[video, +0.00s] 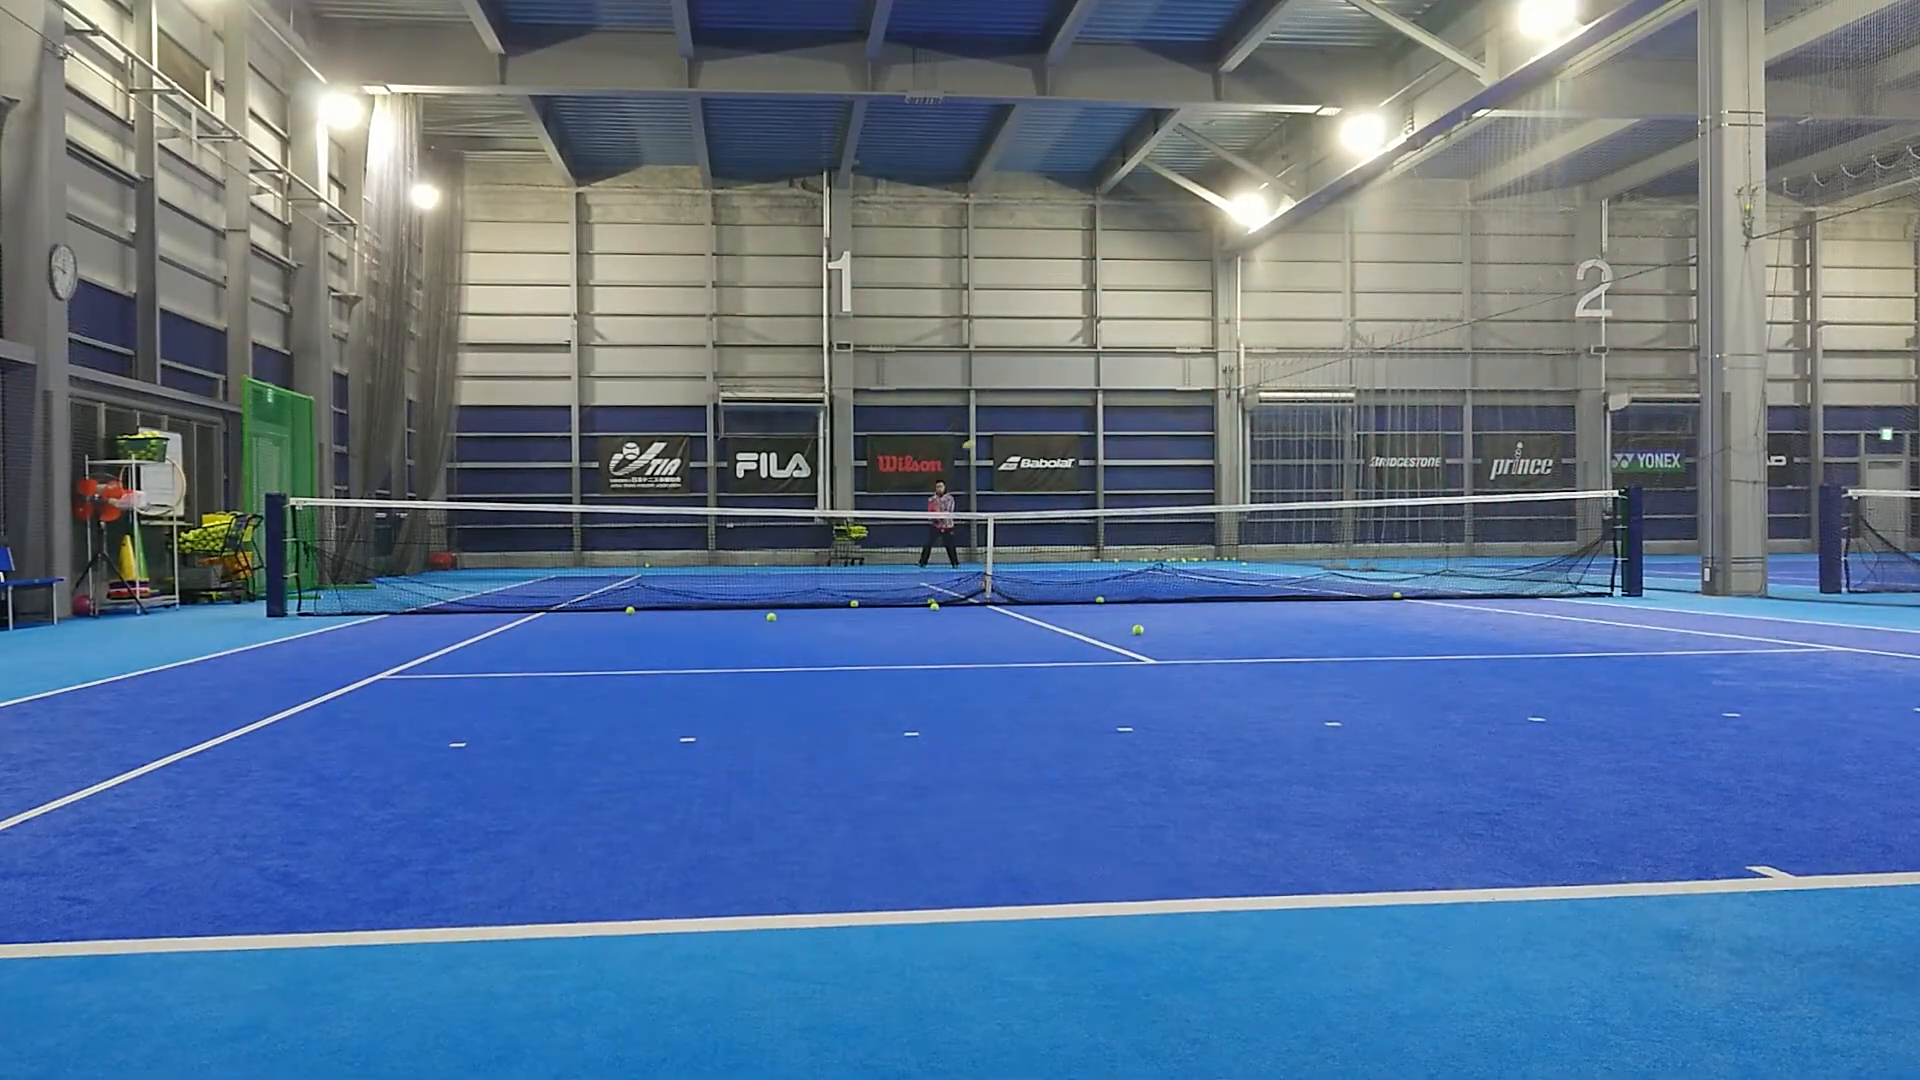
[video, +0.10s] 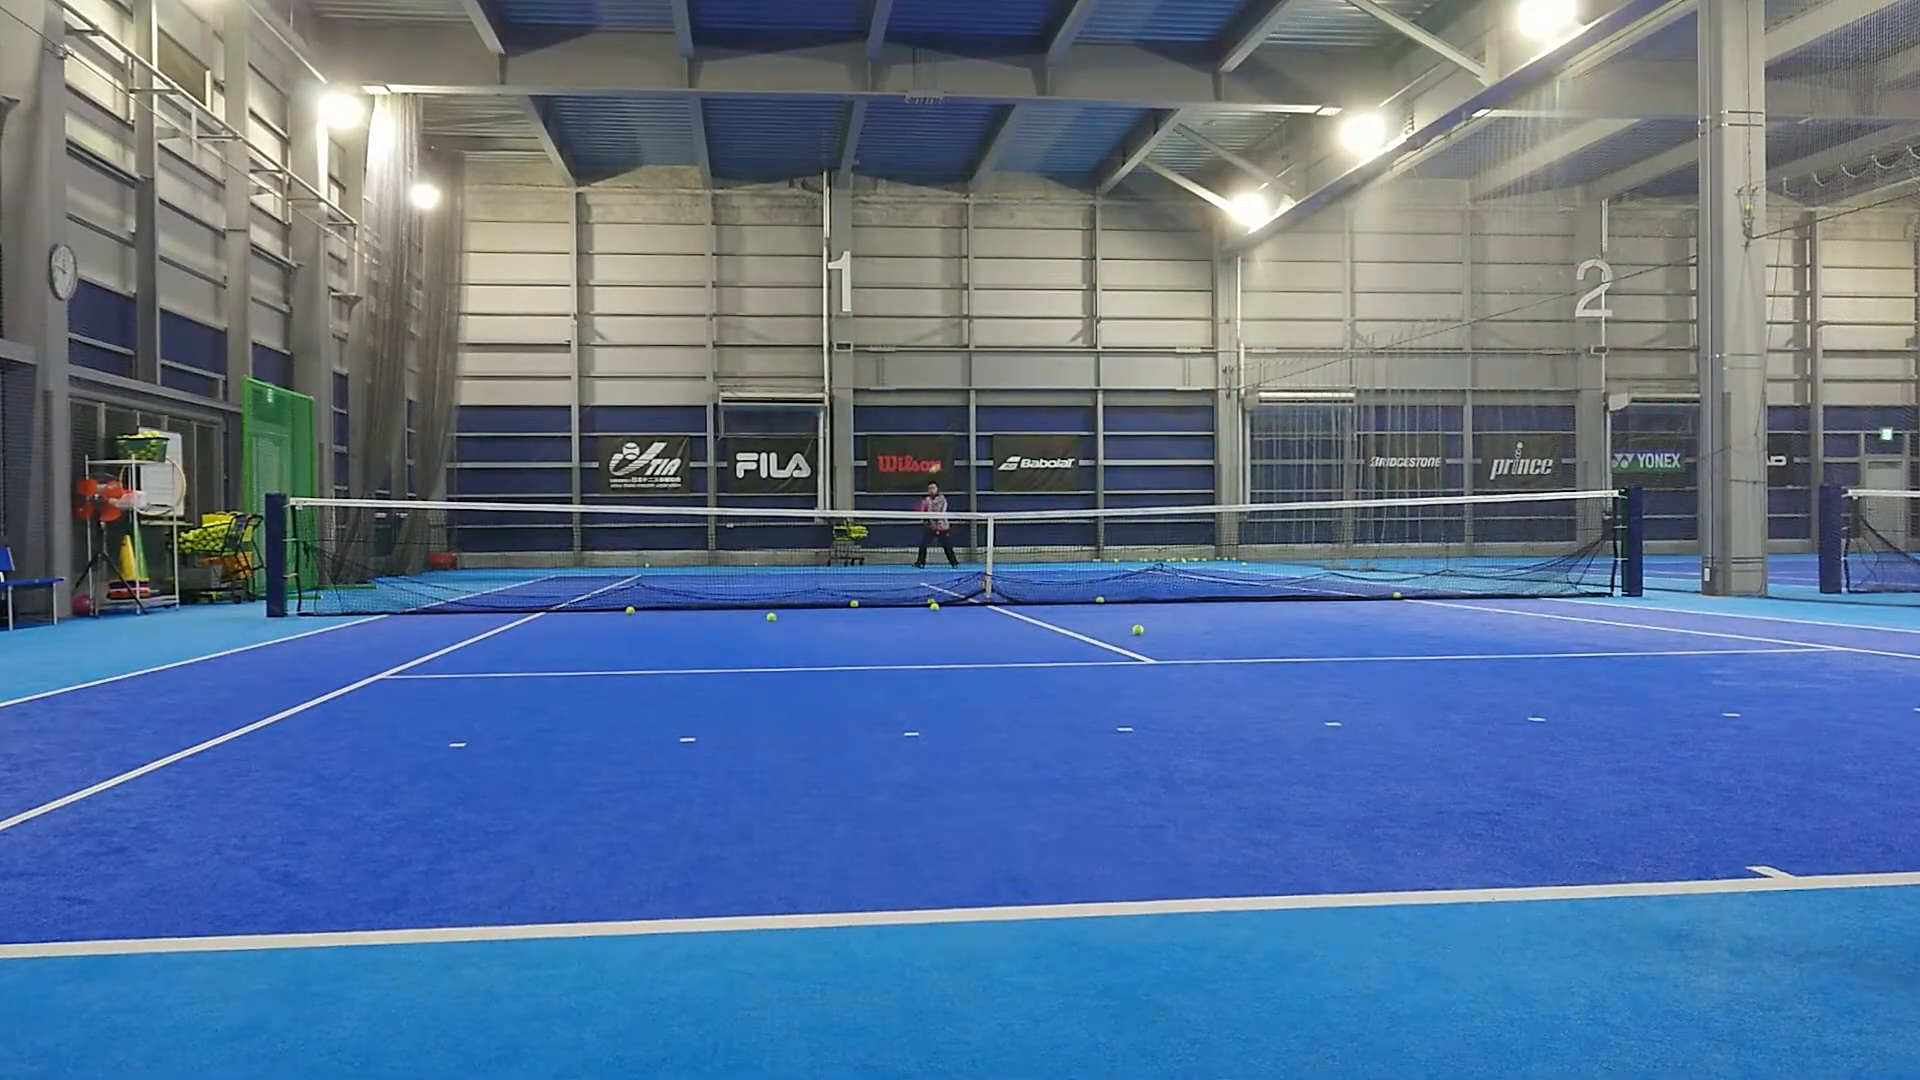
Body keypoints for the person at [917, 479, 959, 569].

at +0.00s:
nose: (939, 489)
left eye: (941, 486)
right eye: (938, 487)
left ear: (945, 488)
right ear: (935, 488)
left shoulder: (949, 499)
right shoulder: (932, 499)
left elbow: (949, 512)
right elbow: (930, 512)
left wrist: (941, 518)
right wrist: (936, 518)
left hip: (947, 526)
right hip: (936, 526)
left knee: (950, 546)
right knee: (928, 544)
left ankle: (955, 563)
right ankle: (922, 562)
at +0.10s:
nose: (931, 490)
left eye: (933, 488)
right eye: (930, 488)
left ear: (937, 489)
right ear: (928, 490)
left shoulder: (942, 500)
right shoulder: (926, 500)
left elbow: (942, 513)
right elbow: (923, 512)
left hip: (942, 527)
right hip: (930, 527)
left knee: (947, 547)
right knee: (923, 545)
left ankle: (954, 563)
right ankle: (920, 562)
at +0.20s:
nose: (922, 490)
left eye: (923, 488)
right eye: (920, 488)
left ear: (927, 489)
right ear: (918, 490)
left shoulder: (932, 498)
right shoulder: (917, 501)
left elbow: (933, 512)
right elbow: (915, 513)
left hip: (934, 527)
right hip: (923, 527)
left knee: (941, 546)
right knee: (918, 546)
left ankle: (953, 561)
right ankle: (921, 562)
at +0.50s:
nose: (897, 492)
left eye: (899, 489)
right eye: (895, 490)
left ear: (903, 489)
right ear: (894, 491)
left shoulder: (908, 499)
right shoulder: (896, 500)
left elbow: (912, 511)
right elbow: (893, 509)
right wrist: (882, 510)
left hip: (908, 524)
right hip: (901, 524)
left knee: (901, 546)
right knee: (900, 546)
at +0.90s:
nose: (863, 500)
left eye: (865, 498)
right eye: (862, 499)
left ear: (869, 497)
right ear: (860, 500)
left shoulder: (877, 506)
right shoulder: (865, 510)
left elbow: (880, 520)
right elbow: (866, 523)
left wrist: (876, 529)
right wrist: (866, 530)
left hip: (879, 532)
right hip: (870, 532)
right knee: (876, 551)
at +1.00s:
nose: (859, 500)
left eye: (860, 498)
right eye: (857, 499)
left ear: (865, 497)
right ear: (856, 500)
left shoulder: (873, 504)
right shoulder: (860, 509)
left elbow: (883, 499)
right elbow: (860, 521)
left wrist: (871, 502)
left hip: (877, 531)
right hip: (866, 532)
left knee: (873, 546)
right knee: (857, 544)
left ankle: (878, 562)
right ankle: (858, 565)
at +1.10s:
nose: (857, 496)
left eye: (858, 494)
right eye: (855, 495)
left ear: (863, 493)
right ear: (854, 496)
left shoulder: (871, 500)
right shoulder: (856, 505)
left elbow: (877, 498)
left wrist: (881, 497)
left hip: (873, 527)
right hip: (862, 528)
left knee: (872, 543)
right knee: (856, 545)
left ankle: (871, 559)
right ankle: (858, 564)